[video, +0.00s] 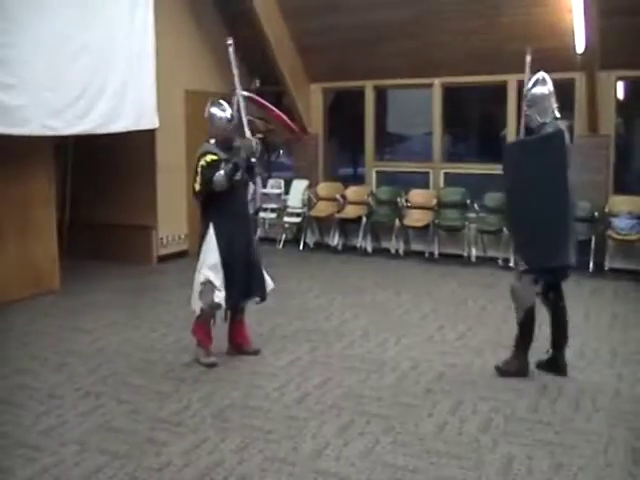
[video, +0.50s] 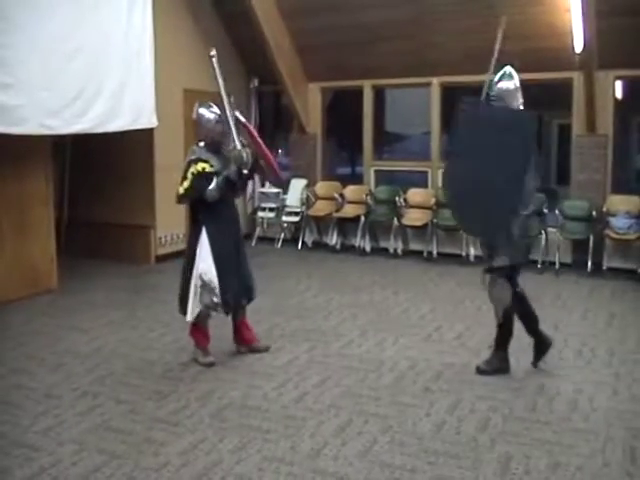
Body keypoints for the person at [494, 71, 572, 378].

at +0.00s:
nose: (527, 112)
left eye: (530, 107)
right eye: (528, 106)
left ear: (535, 108)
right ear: (551, 106)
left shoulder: (547, 138)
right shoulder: (555, 137)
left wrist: (509, 145)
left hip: (538, 230)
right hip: (554, 227)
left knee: (524, 290)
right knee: (553, 291)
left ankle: (519, 357)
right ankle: (558, 356)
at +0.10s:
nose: (517, 113)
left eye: (521, 107)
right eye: (519, 107)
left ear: (529, 110)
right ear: (540, 108)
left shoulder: (540, 139)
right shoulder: (548, 137)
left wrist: (504, 148)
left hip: (535, 230)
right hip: (546, 228)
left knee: (516, 290)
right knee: (548, 291)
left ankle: (503, 354)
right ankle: (556, 355)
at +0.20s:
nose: (514, 110)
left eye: (519, 103)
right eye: (514, 103)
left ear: (529, 103)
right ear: (516, 105)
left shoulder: (535, 137)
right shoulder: (530, 135)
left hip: (530, 228)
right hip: (533, 226)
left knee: (509, 290)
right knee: (540, 290)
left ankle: (499, 354)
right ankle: (553, 354)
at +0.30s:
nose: (505, 110)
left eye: (508, 103)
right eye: (505, 103)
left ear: (516, 103)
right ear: (519, 103)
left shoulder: (527, 136)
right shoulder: (520, 134)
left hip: (519, 228)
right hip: (516, 225)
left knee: (502, 290)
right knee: (530, 287)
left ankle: (498, 356)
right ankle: (551, 351)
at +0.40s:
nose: (505, 106)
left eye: (510, 100)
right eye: (502, 101)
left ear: (519, 100)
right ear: (497, 102)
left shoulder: (528, 130)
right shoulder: (493, 132)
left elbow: (535, 180)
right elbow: (477, 175)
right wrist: (475, 218)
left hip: (519, 220)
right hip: (494, 219)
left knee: (502, 286)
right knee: (521, 284)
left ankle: (499, 355)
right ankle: (548, 345)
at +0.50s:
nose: (501, 105)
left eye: (506, 98)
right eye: (498, 99)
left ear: (516, 99)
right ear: (492, 102)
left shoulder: (523, 133)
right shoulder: (489, 133)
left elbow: (531, 187)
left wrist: (518, 220)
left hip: (514, 216)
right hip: (491, 214)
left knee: (499, 280)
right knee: (504, 281)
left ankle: (500, 354)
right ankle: (539, 337)